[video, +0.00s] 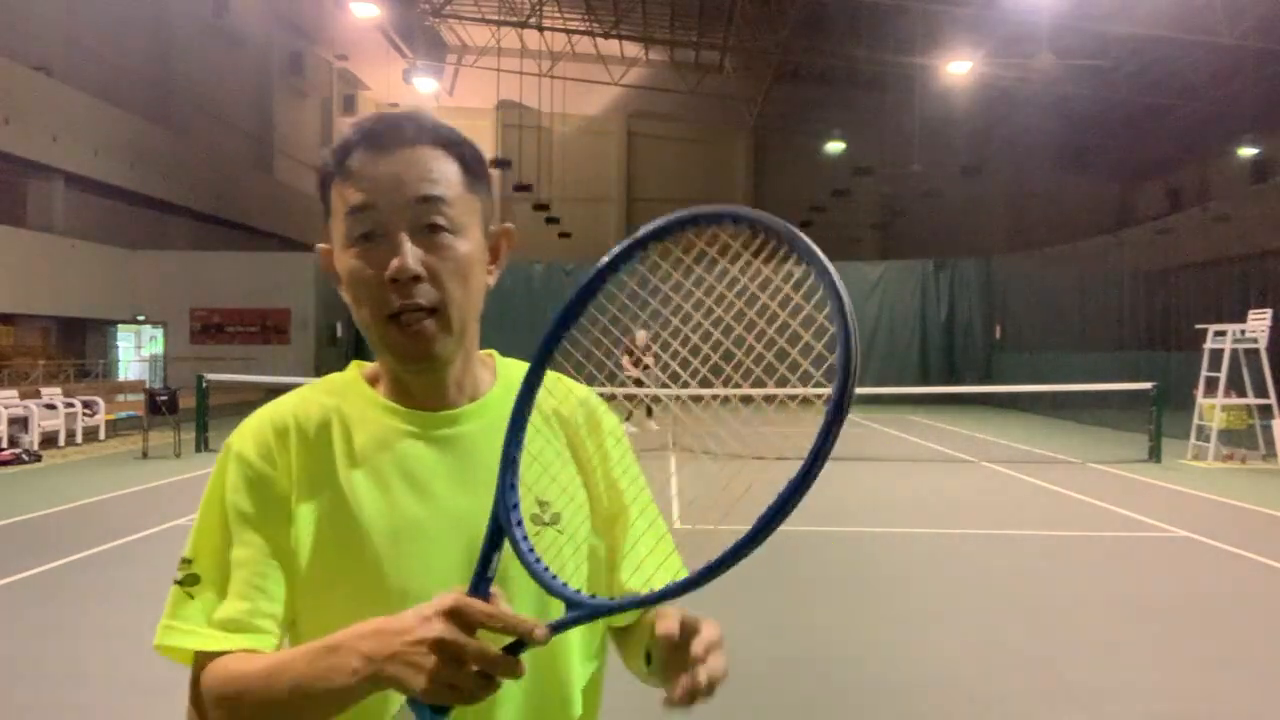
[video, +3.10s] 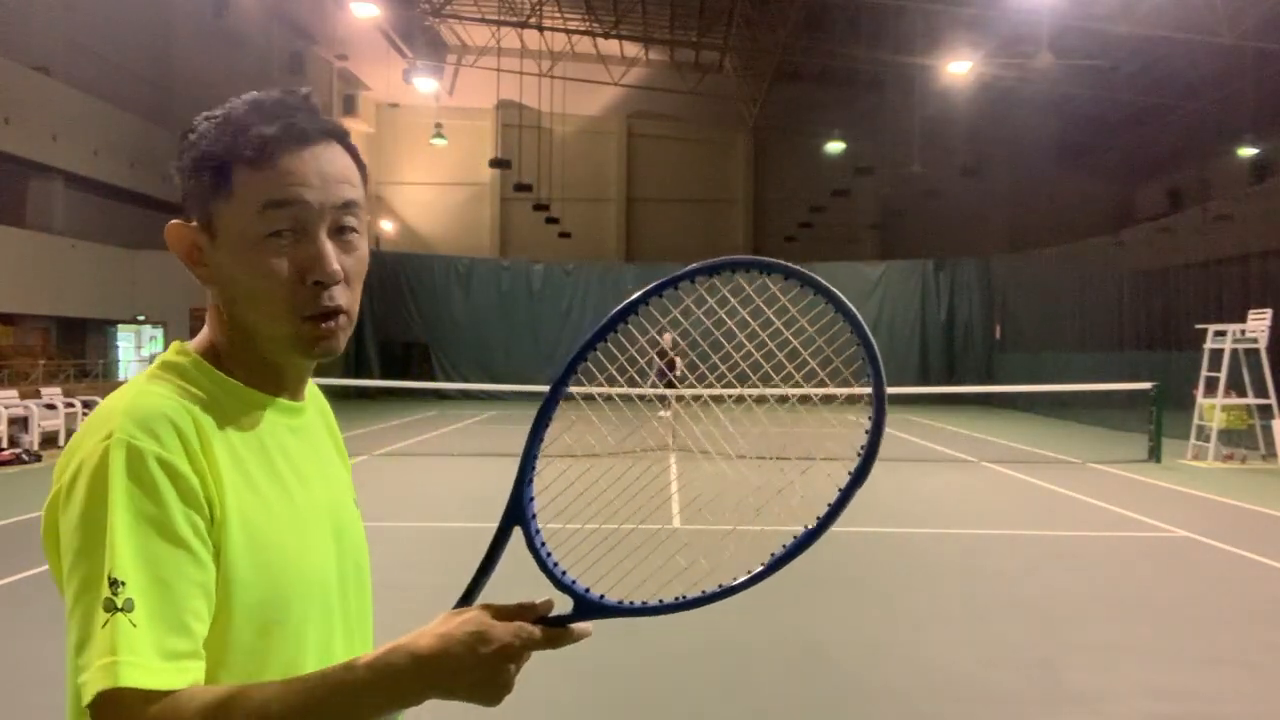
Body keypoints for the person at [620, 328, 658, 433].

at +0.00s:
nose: (641, 342)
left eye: (644, 339)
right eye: (640, 339)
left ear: (647, 339)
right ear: (636, 339)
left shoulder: (649, 348)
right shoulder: (629, 347)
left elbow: (652, 363)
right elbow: (625, 362)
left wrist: (647, 359)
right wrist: (635, 372)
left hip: (645, 373)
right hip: (633, 373)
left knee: (648, 394)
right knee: (633, 397)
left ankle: (650, 419)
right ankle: (627, 421)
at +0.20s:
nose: (648, 339)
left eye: (650, 336)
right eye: (646, 336)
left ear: (652, 337)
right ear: (642, 337)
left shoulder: (655, 349)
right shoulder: (639, 349)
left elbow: (660, 361)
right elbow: (630, 358)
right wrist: (635, 367)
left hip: (653, 375)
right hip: (641, 375)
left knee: (652, 398)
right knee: (637, 397)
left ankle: (651, 419)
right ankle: (635, 420)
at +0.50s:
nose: (648, 339)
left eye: (650, 337)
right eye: (646, 337)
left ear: (654, 338)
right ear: (644, 338)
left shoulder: (659, 351)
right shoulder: (641, 351)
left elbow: (666, 363)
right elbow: (635, 360)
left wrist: (668, 374)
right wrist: (635, 368)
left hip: (656, 377)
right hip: (644, 377)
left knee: (653, 398)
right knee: (645, 398)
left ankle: (651, 419)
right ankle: (648, 418)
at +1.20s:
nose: (657, 339)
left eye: (659, 336)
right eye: (656, 337)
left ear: (662, 338)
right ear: (653, 338)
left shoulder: (667, 350)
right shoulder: (650, 351)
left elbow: (671, 361)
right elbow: (645, 364)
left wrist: (671, 371)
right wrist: (645, 373)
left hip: (663, 377)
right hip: (652, 376)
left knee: (663, 396)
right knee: (651, 395)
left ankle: (662, 416)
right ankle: (652, 415)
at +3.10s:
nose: (668, 341)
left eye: (669, 339)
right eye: (666, 339)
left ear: (672, 340)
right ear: (662, 339)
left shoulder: (674, 351)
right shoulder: (660, 352)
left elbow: (678, 362)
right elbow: (656, 364)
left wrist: (677, 372)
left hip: (671, 374)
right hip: (662, 373)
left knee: (670, 392)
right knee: (663, 392)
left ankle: (669, 409)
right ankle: (664, 409)